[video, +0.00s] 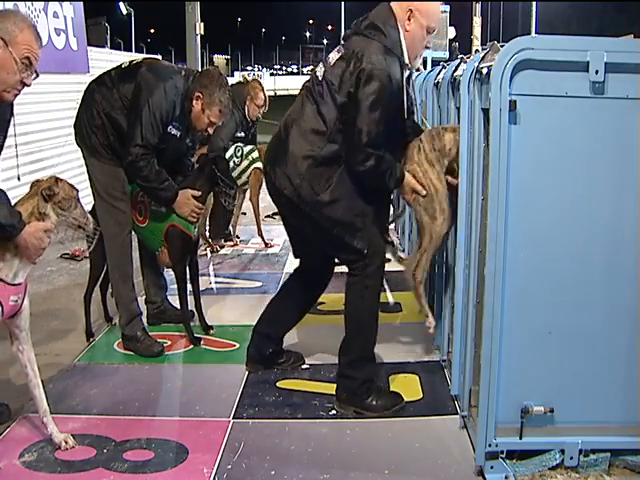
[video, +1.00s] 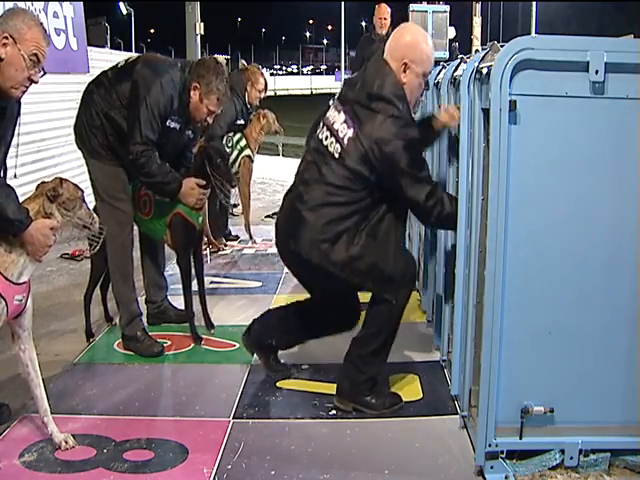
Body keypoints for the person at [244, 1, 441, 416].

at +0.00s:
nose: (430, 42)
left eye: (434, 33)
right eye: (430, 31)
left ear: (405, 17)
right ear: (407, 18)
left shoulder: (370, 41)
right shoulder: (381, 61)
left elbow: (396, 125)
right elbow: (362, 153)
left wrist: (431, 155)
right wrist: (398, 177)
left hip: (288, 164)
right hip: (310, 170)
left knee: (315, 265)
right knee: (368, 255)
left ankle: (262, 347)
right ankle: (357, 386)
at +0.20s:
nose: (436, 33)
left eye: (439, 24)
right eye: (435, 21)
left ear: (410, 10)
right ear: (414, 9)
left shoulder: (369, 33)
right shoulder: (392, 55)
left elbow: (367, 116)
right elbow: (371, 146)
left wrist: (406, 141)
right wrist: (406, 177)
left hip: (294, 161)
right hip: (321, 169)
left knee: (317, 267)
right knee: (374, 256)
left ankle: (262, 348)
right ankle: (357, 386)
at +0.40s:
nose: (439, 41)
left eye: (443, 31)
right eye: (439, 29)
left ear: (411, 15)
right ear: (417, 16)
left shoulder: (369, 37)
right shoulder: (394, 60)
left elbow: (381, 136)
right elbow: (380, 156)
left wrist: (420, 163)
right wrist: (415, 186)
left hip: (294, 162)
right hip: (324, 171)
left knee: (317, 263)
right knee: (376, 258)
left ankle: (263, 347)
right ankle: (358, 387)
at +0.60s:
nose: (437, 51)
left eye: (440, 41)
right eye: (436, 39)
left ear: (406, 21)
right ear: (413, 27)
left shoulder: (368, 49)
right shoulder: (391, 73)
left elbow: (391, 145)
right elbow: (392, 170)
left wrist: (435, 164)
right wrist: (436, 193)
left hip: (292, 173)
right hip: (324, 181)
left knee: (319, 270)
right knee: (380, 261)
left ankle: (263, 350)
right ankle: (358, 386)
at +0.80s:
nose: (435, 67)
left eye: (438, 58)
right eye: (434, 56)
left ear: (406, 40)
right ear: (414, 43)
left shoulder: (367, 68)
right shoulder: (396, 98)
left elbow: (415, 151)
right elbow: (409, 184)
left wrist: (461, 176)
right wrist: (456, 204)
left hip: (289, 193)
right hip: (319, 204)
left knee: (333, 269)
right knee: (388, 267)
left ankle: (267, 341)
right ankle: (358, 387)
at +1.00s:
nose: (426, 83)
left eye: (427, 74)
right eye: (424, 74)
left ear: (395, 63)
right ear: (404, 70)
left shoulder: (361, 87)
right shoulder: (393, 129)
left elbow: (384, 149)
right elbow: (433, 206)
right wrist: (490, 218)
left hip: (296, 229)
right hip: (325, 240)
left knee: (340, 312)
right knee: (400, 275)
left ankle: (264, 333)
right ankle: (359, 388)